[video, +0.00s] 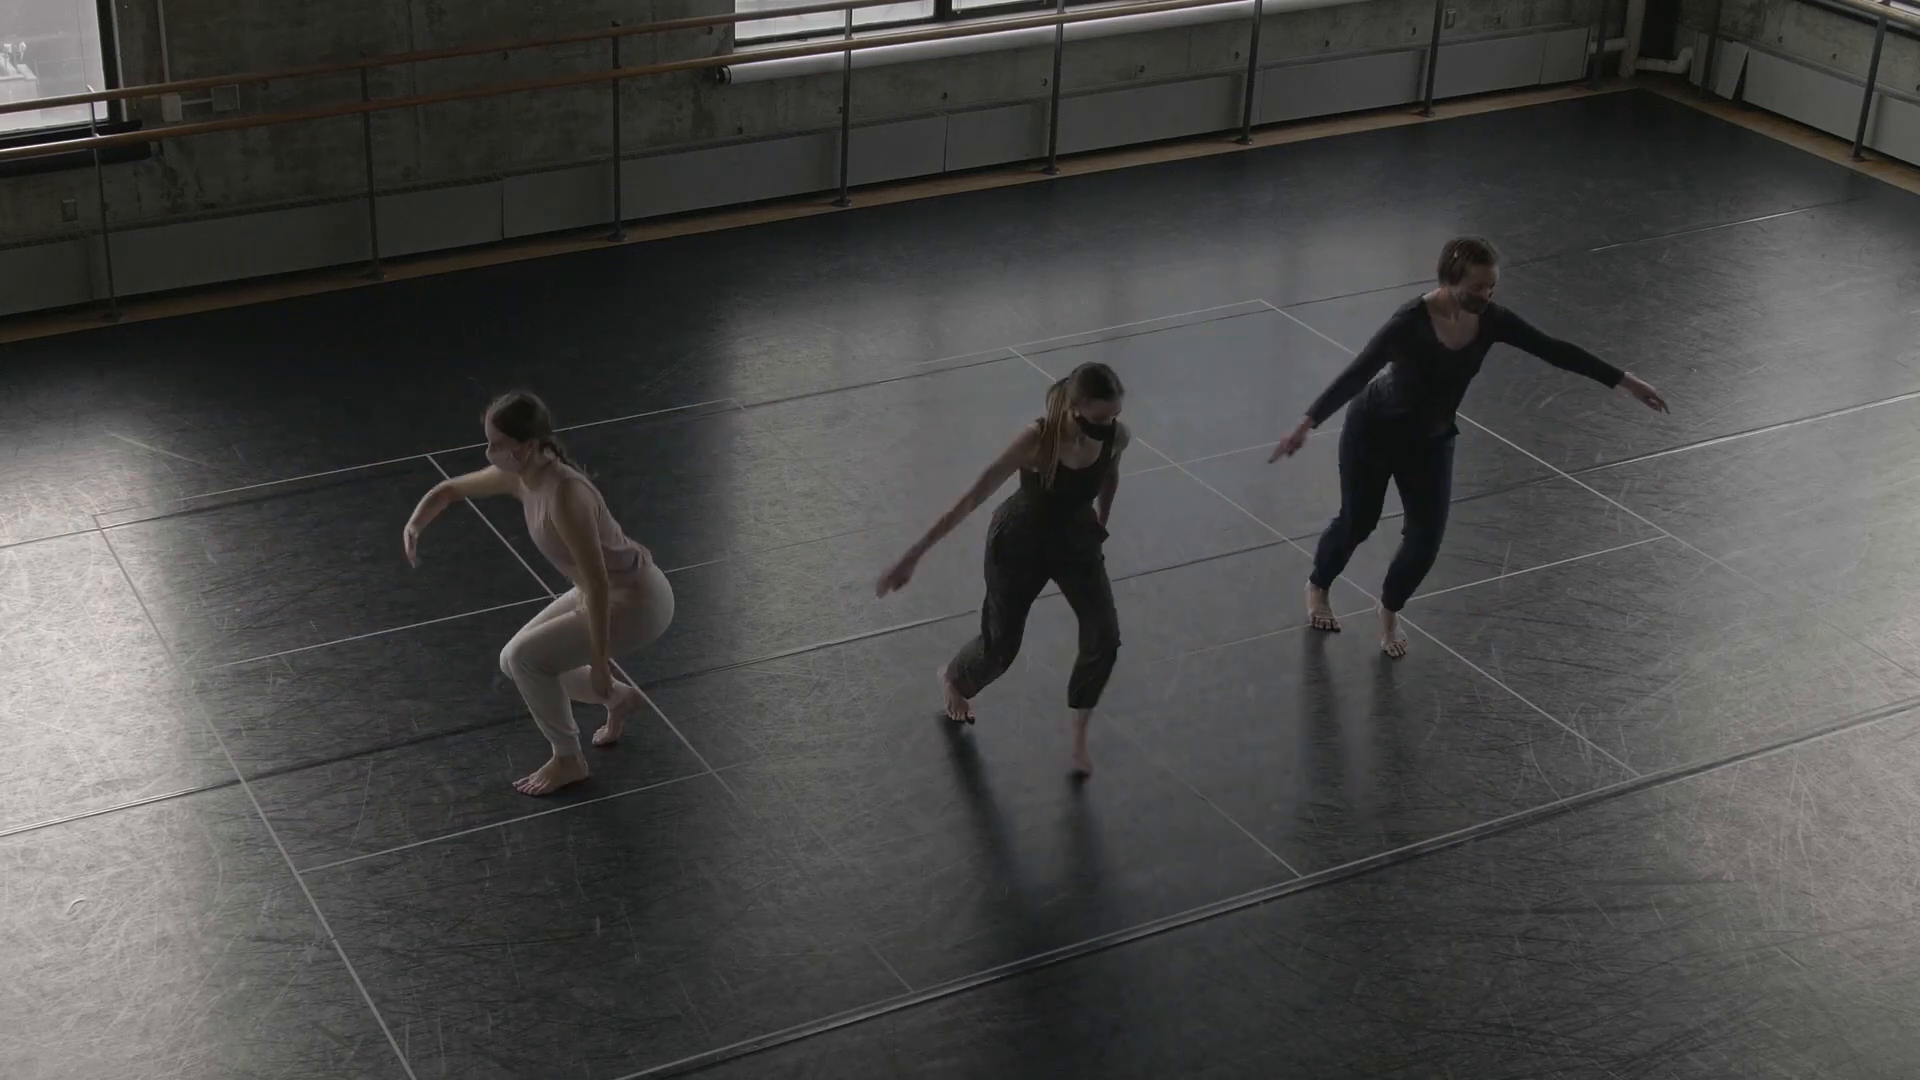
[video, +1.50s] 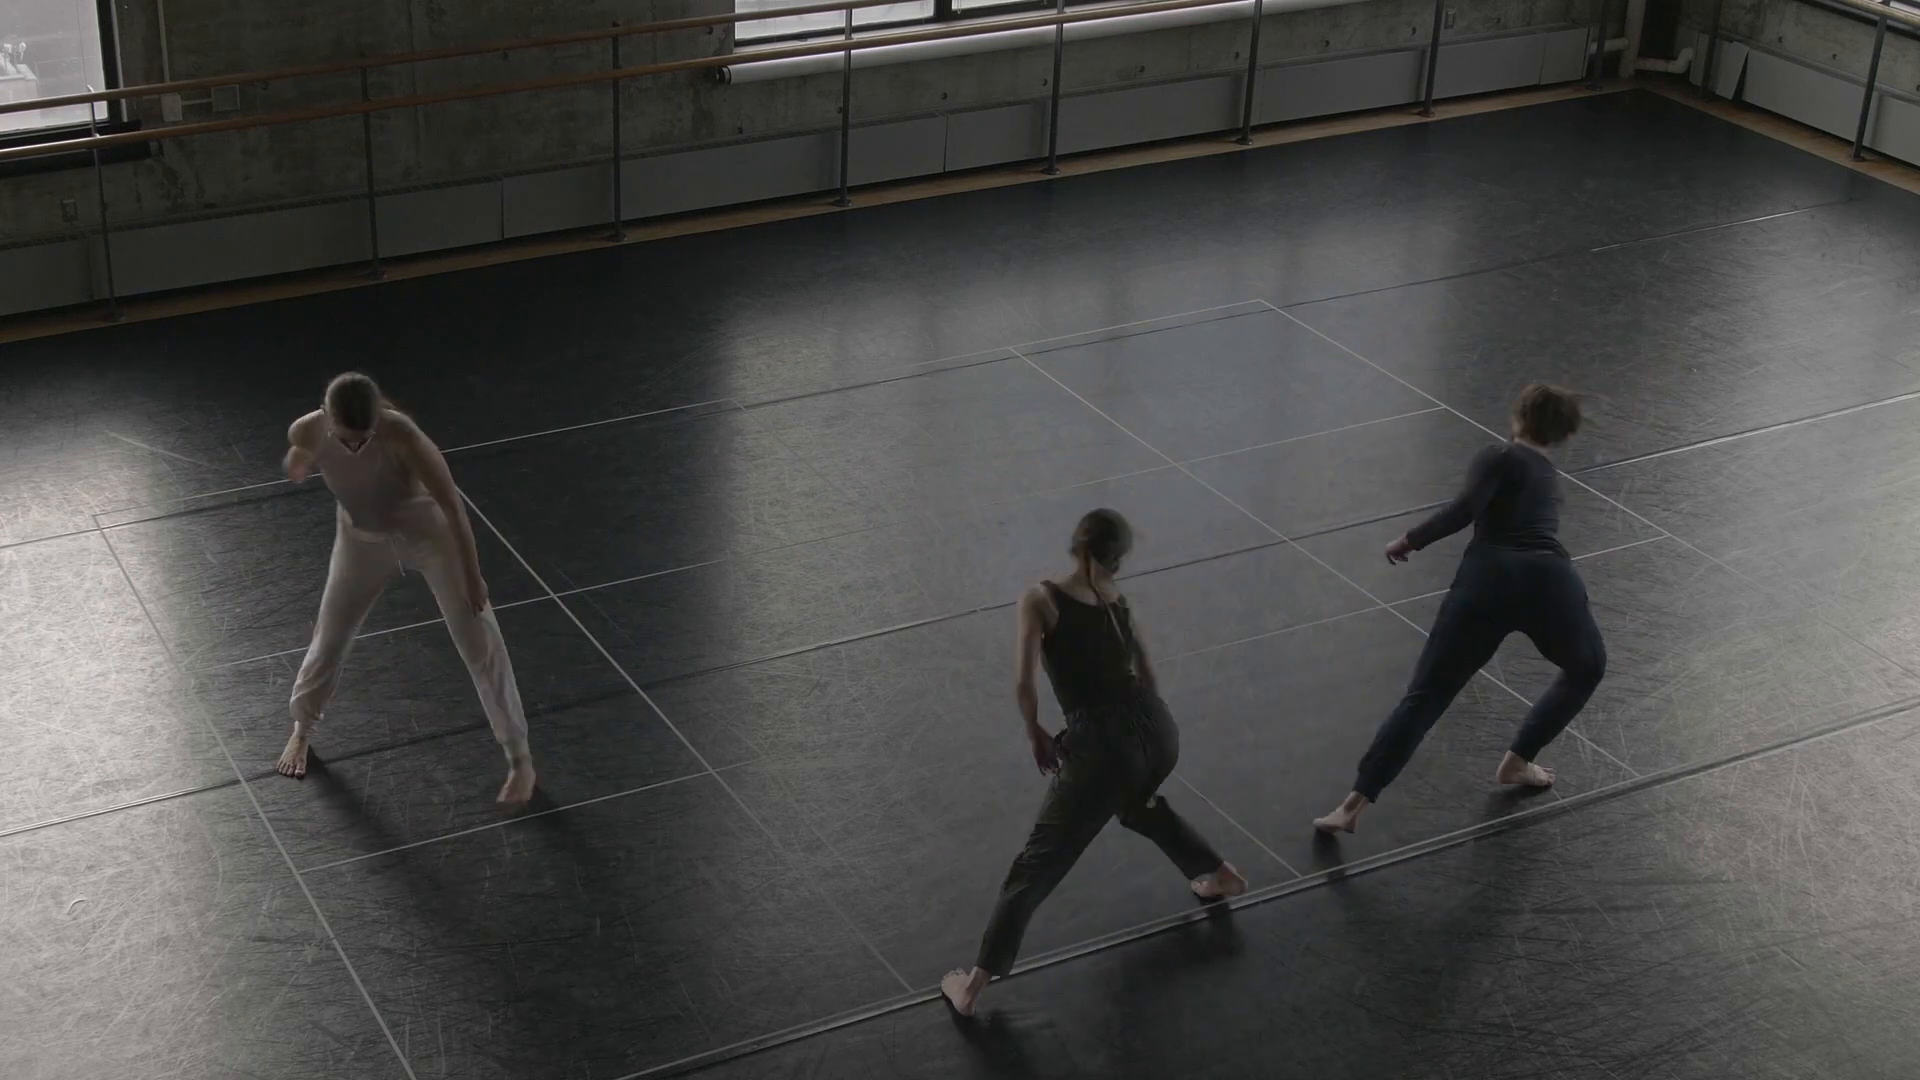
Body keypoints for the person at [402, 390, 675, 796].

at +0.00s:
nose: (488, 454)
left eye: (495, 446)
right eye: (488, 444)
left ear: (526, 448)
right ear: (520, 447)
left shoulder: (567, 497)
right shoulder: (519, 474)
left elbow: (596, 586)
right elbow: (448, 489)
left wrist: (601, 669)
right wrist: (414, 525)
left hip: (634, 606)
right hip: (598, 591)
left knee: (526, 659)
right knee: (513, 658)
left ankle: (568, 759)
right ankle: (618, 696)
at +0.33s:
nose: (457, 560)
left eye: (461, 551)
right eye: (454, 551)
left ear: (491, 542)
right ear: (486, 541)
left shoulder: (542, 570)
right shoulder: (500, 552)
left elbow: (587, 652)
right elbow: (430, 595)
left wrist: (591, 722)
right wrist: (382, 636)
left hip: (637, 638)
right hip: (613, 631)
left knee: (521, 657)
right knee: (505, 681)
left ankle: (567, 759)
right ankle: (613, 698)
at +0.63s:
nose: (437, 447)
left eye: (441, 438)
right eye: (433, 438)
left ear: (469, 429)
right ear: (467, 426)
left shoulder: (527, 462)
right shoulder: (482, 451)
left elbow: (572, 548)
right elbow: (456, 497)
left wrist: (577, 629)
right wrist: (405, 527)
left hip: (611, 561)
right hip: (574, 558)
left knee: (512, 644)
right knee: (553, 660)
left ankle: (556, 751)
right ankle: (622, 692)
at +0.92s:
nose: (428, 386)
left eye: (431, 376)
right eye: (422, 378)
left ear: (456, 362)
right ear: (455, 360)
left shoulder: (500, 411)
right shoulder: (484, 384)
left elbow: (539, 499)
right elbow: (522, 462)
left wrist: (543, 580)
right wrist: (522, 514)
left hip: (565, 520)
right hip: (568, 504)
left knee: (500, 644)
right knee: (584, 618)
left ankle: (526, 759)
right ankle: (639, 704)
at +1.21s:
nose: (391, 408)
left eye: (397, 401)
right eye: (386, 400)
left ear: (428, 387)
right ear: (427, 380)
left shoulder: (459, 441)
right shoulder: (455, 387)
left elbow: (497, 521)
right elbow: (511, 417)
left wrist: (500, 602)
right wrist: (568, 429)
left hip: (498, 556)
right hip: (461, 539)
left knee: (469, 678)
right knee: (425, 642)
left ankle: (509, 774)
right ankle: (514, 683)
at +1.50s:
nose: (356, 446)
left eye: (363, 439)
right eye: (347, 440)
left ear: (376, 418)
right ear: (328, 420)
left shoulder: (401, 433)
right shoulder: (307, 431)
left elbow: (451, 503)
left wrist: (472, 575)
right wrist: (297, 468)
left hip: (424, 530)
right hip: (359, 536)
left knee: (479, 645)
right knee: (327, 645)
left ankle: (520, 761)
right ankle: (299, 735)